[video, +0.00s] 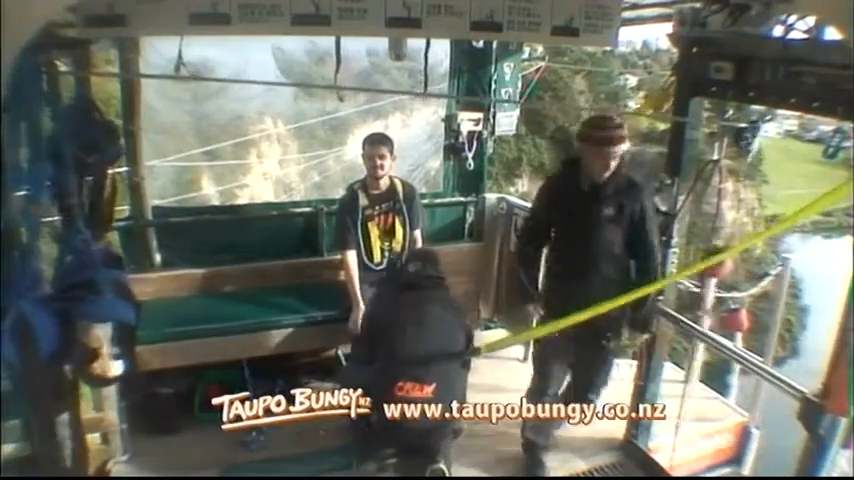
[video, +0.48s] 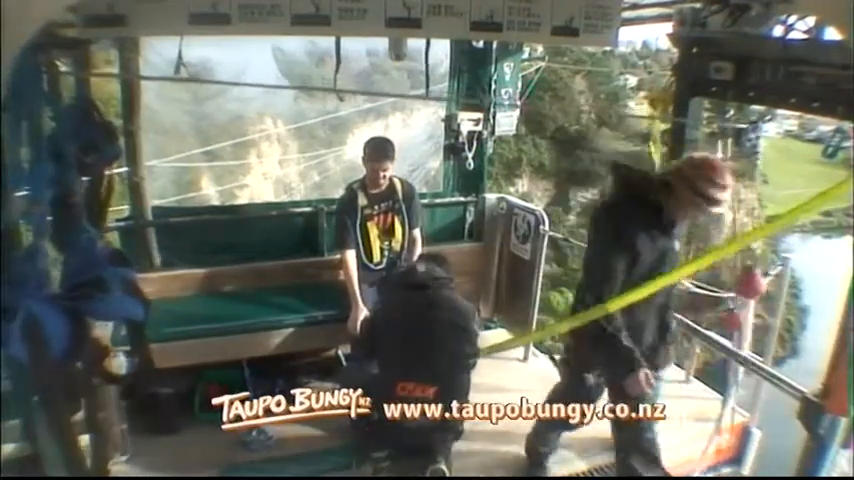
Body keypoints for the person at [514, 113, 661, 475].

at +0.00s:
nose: (612, 158)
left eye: (617, 151)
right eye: (604, 150)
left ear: (623, 152)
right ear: (584, 149)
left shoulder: (632, 193)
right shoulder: (558, 187)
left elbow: (648, 254)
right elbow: (530, 241)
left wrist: (645, 308)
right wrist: (528, 294)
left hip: (608, 305)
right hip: (561, 300)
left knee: (588, 389)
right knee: (547, 383)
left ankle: (545, 422)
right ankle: (533, 449)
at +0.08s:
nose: (621, 166)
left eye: (626, 159)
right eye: (613, 159)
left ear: (631, 155)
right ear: (590, 154)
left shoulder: (636, 194)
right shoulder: (558, 190)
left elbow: (650, 258)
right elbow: (527, 252)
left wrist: (644, 312)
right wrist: (535, 311)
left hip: (612, 312)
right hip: (561, 308)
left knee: (601, 391)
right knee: (549, 386)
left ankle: (547, 403)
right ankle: (535, 449)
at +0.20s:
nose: (637, 172)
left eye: (641, 165)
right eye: (631, 164)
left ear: (643, 163)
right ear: (608, 157)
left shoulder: (644, 203)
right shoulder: (564, 195)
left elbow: (652, 267)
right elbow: (541, 265)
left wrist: (646, 321)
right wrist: (559, 324)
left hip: (618, 318)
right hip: (569, 315)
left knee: (622, 394)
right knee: (554, 392)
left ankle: (576, 434)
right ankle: (536, 449)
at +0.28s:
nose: (652, 186)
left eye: (658, 180)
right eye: (647, 177)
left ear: (662, 176)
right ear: (624, 164)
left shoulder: (652, 212)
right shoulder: (577, 201)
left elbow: (653, 273)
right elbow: (557, 275)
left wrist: (648, 325)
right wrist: (576, 334)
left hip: (620, 321)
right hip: (575, 316)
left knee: (630, 402)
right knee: (559, 389)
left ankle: (598, 468)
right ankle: (537, 456)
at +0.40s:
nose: (676, 202)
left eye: (683, 197)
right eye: (674, 192)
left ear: (685, 195)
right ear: (655, 176)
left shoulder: (664, 215)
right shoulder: (602, 211)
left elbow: (656, 281)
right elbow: (584, 295)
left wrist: (652, 335)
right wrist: (613, 360)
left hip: (631, 335)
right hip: (586, 329)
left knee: (631, 431)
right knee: (562, 397)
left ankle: (640, 470)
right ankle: (538, 450)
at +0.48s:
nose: (696, 213)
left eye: (703, 208)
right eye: (697, 203)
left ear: (701, 201)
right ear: (680, 187)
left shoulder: (669, 222)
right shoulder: (621, 214)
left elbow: (659, 292)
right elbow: (597, 303)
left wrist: (661, 343)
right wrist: (628, 364)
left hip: (639, 347)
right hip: (597, 339)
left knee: (641, 449)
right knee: (572, 403)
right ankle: (538, 449)